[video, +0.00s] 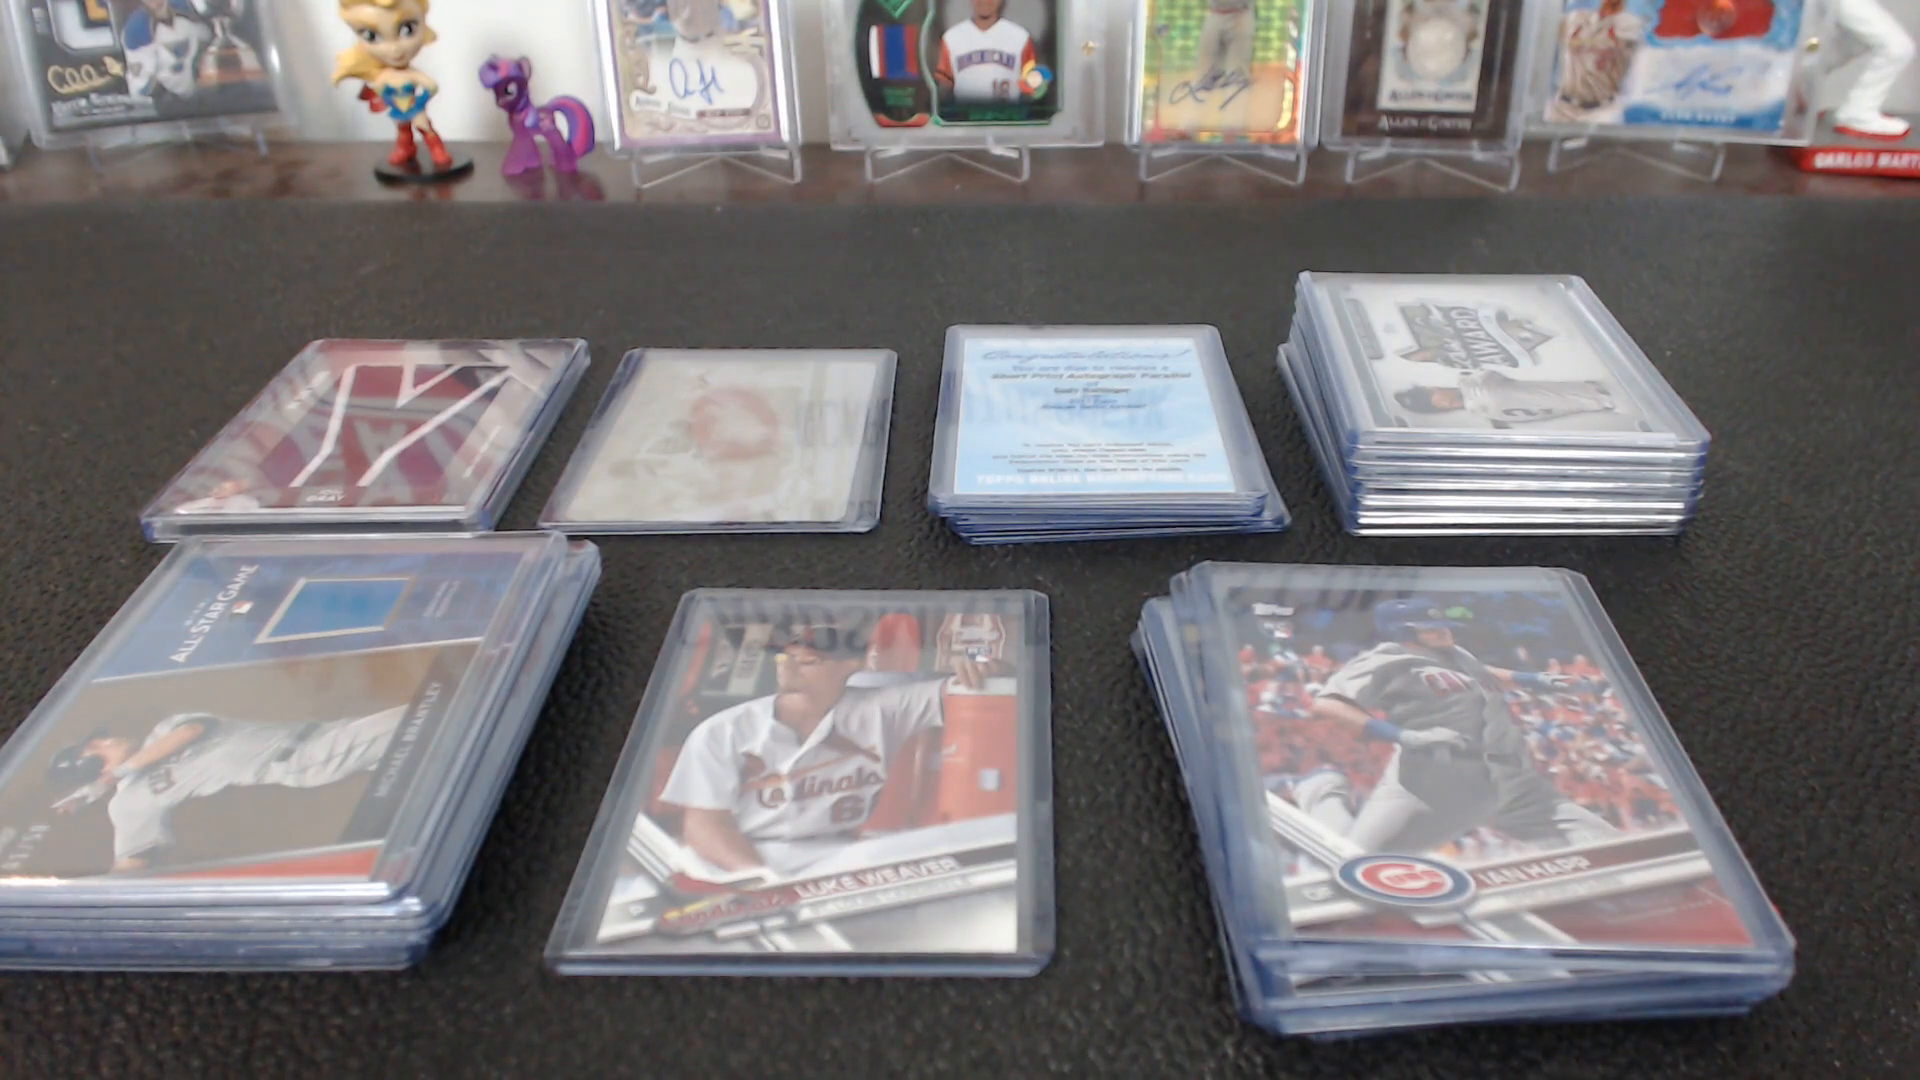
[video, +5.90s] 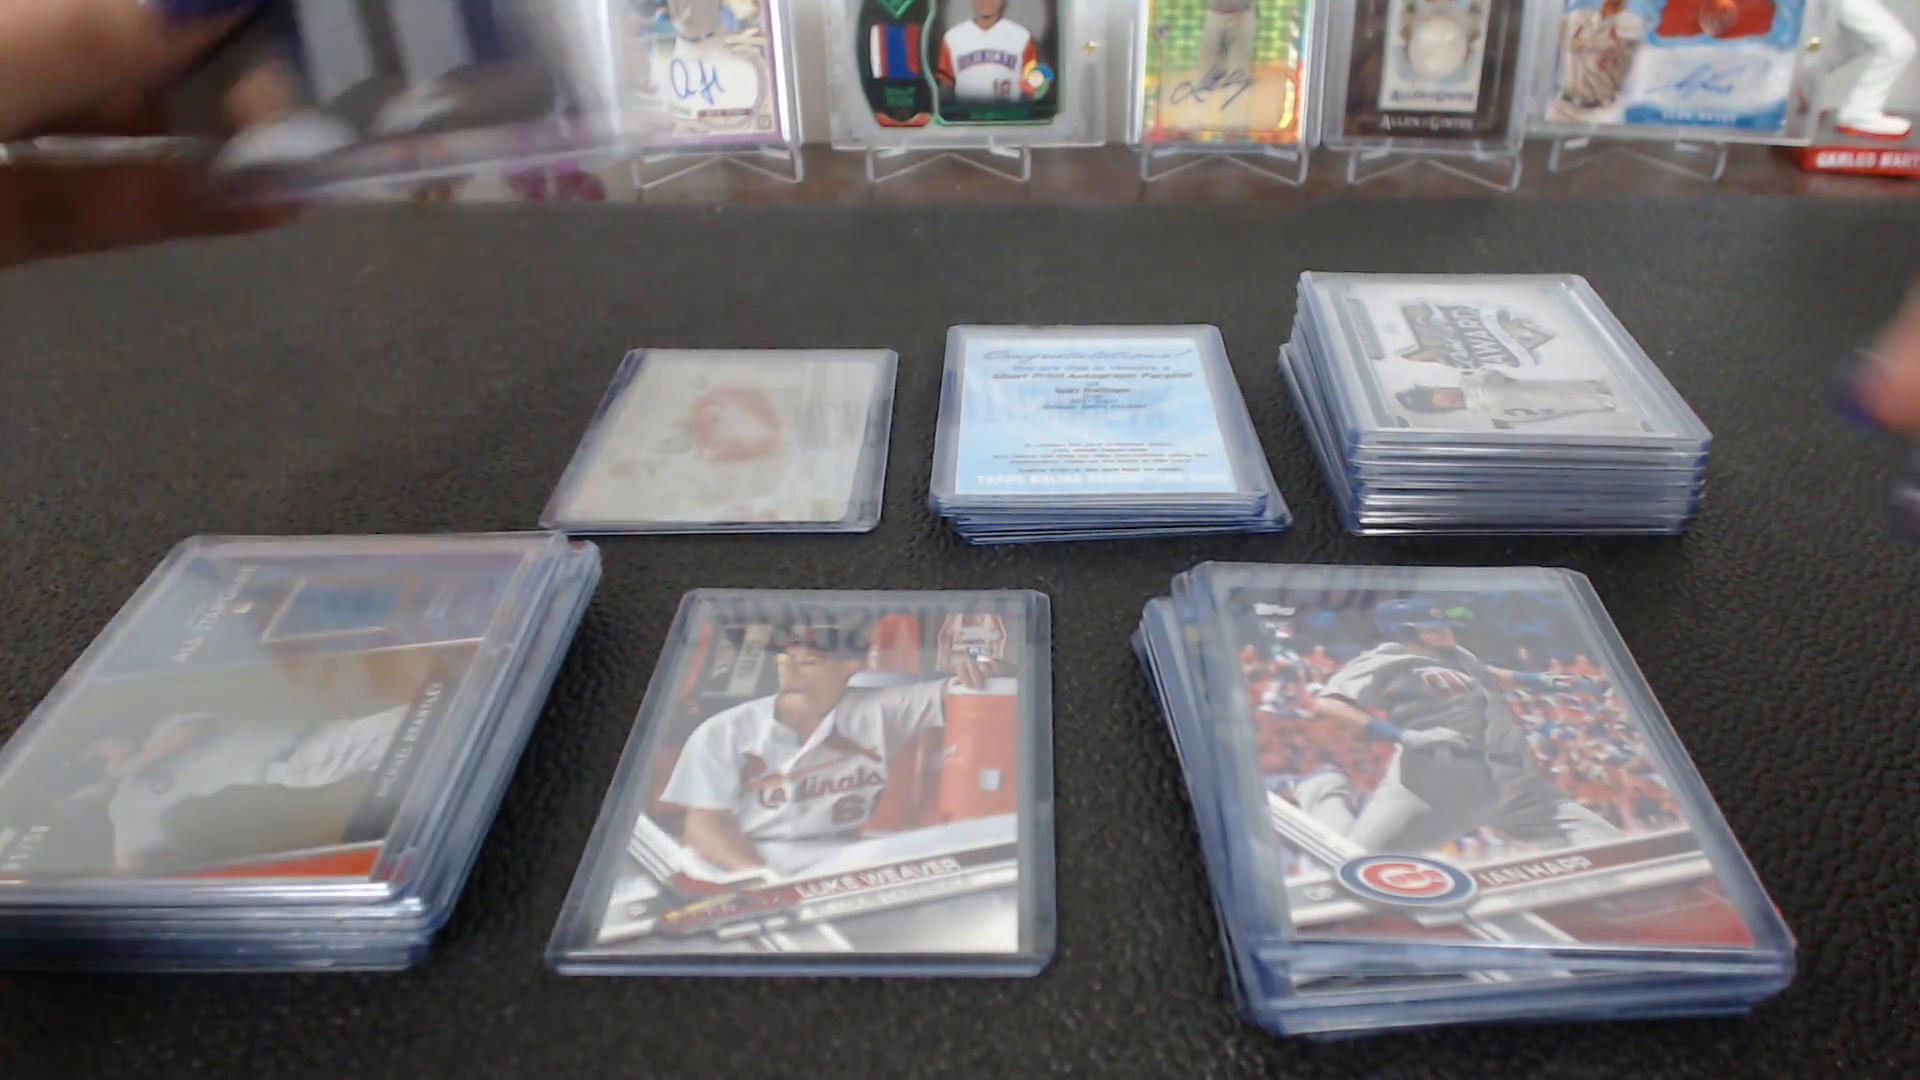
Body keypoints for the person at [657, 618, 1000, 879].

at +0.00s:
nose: (798, 655)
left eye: (820, 645)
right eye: (789, 643)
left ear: (853, 660)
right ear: (776, 654)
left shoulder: (877, 712)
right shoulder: (720, 735)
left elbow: (962, 689)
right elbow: (703, 829)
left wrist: (975, 670)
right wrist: (767, 883)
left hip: (828, 866)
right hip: (731, 870)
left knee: (891, 850)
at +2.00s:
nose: (797, 657)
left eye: (818, 647)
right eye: (789, 644)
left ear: (853, 664)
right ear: (776, 655)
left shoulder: (875, 716)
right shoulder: (720, 735)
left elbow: (954, 691)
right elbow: (703, 828)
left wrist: (973, 674)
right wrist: (767, 883)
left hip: (827, 866)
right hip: (730, 870)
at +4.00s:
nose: (794, 657)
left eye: (816, 647)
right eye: (787, 645)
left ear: (853, 663)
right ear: (776, 655)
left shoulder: (875, 714)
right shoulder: (720, 735)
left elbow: (958, 690)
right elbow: (703, 830)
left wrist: (974, 671)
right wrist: (768, 885)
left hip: (828, 868)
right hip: (730, 872)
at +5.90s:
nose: (794, 657)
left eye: (816, 650)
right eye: (788, 645)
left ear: (854, 664)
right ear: (777, 654)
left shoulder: (875, 714)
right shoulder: (722, 735)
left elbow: (955, 692)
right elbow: (703, 830)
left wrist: (975, 675)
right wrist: (770, 884)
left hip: (826, 874)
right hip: (725, 879)